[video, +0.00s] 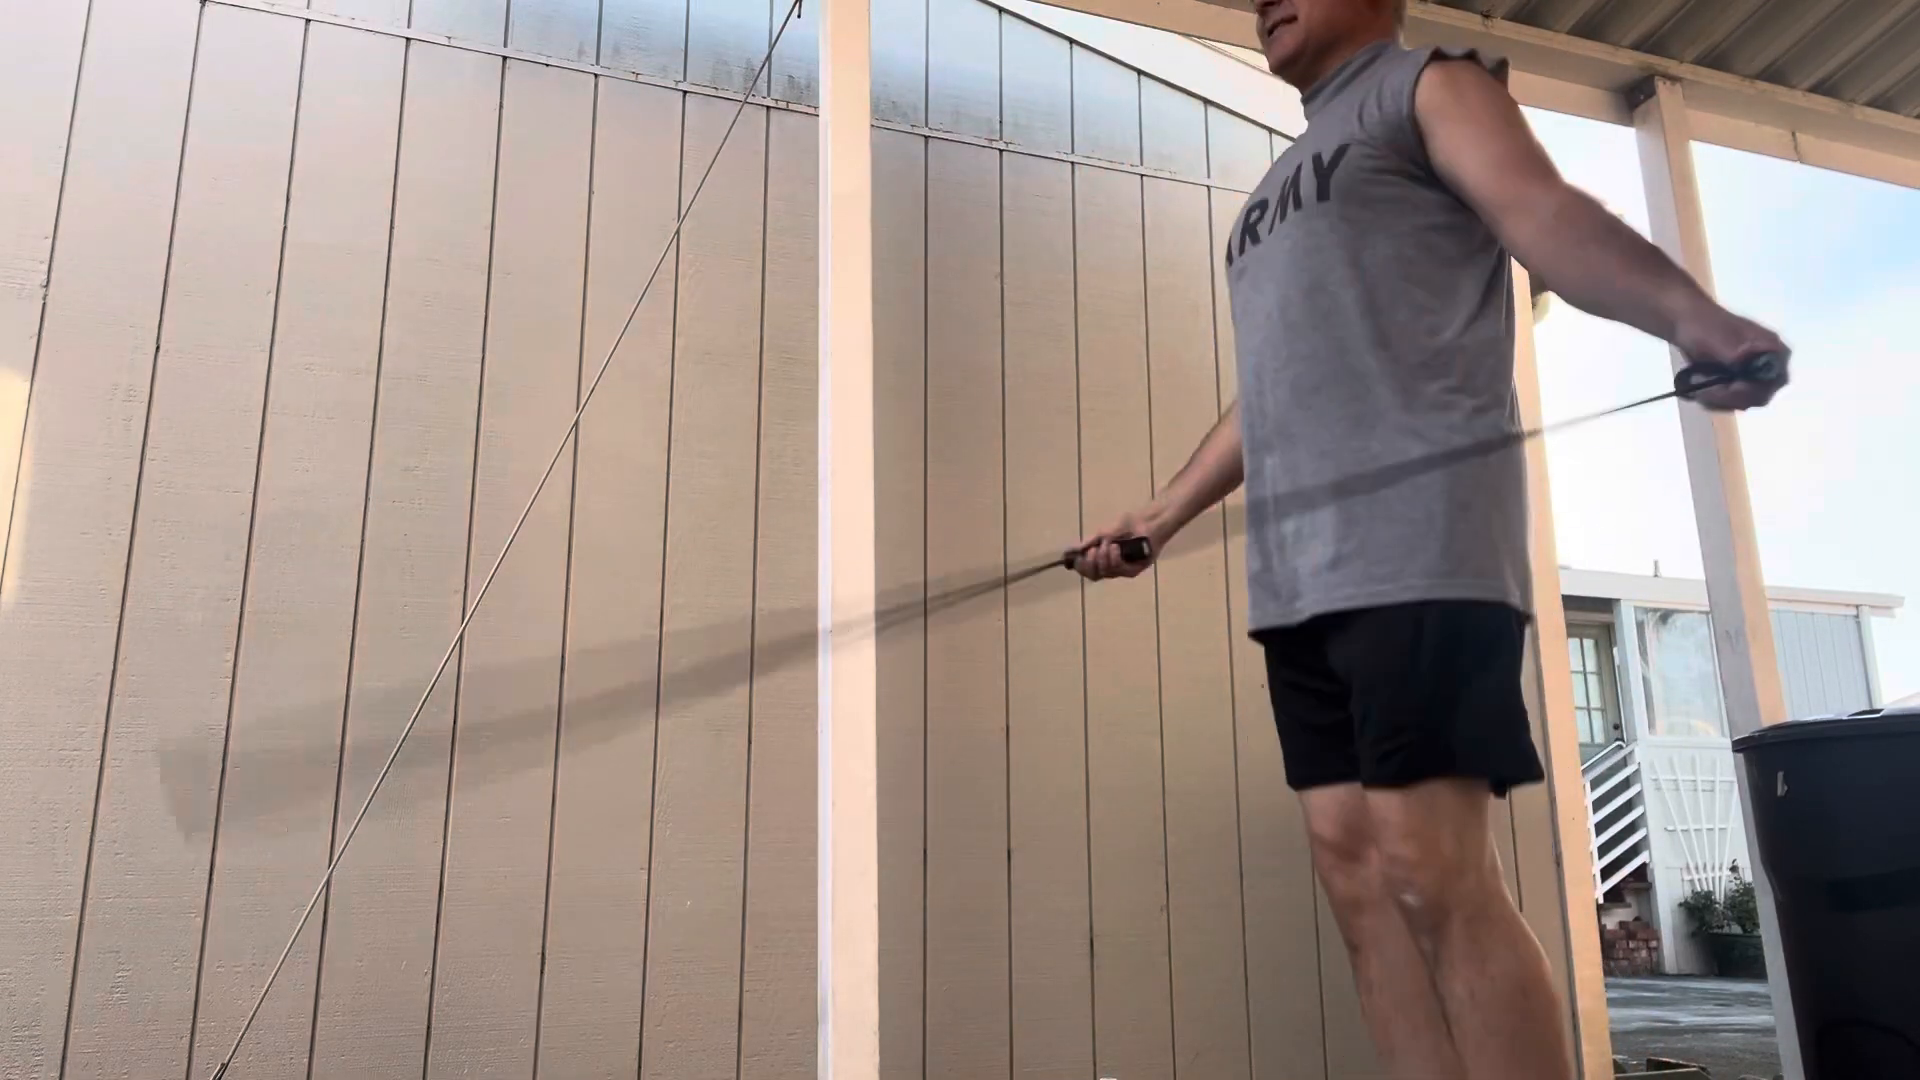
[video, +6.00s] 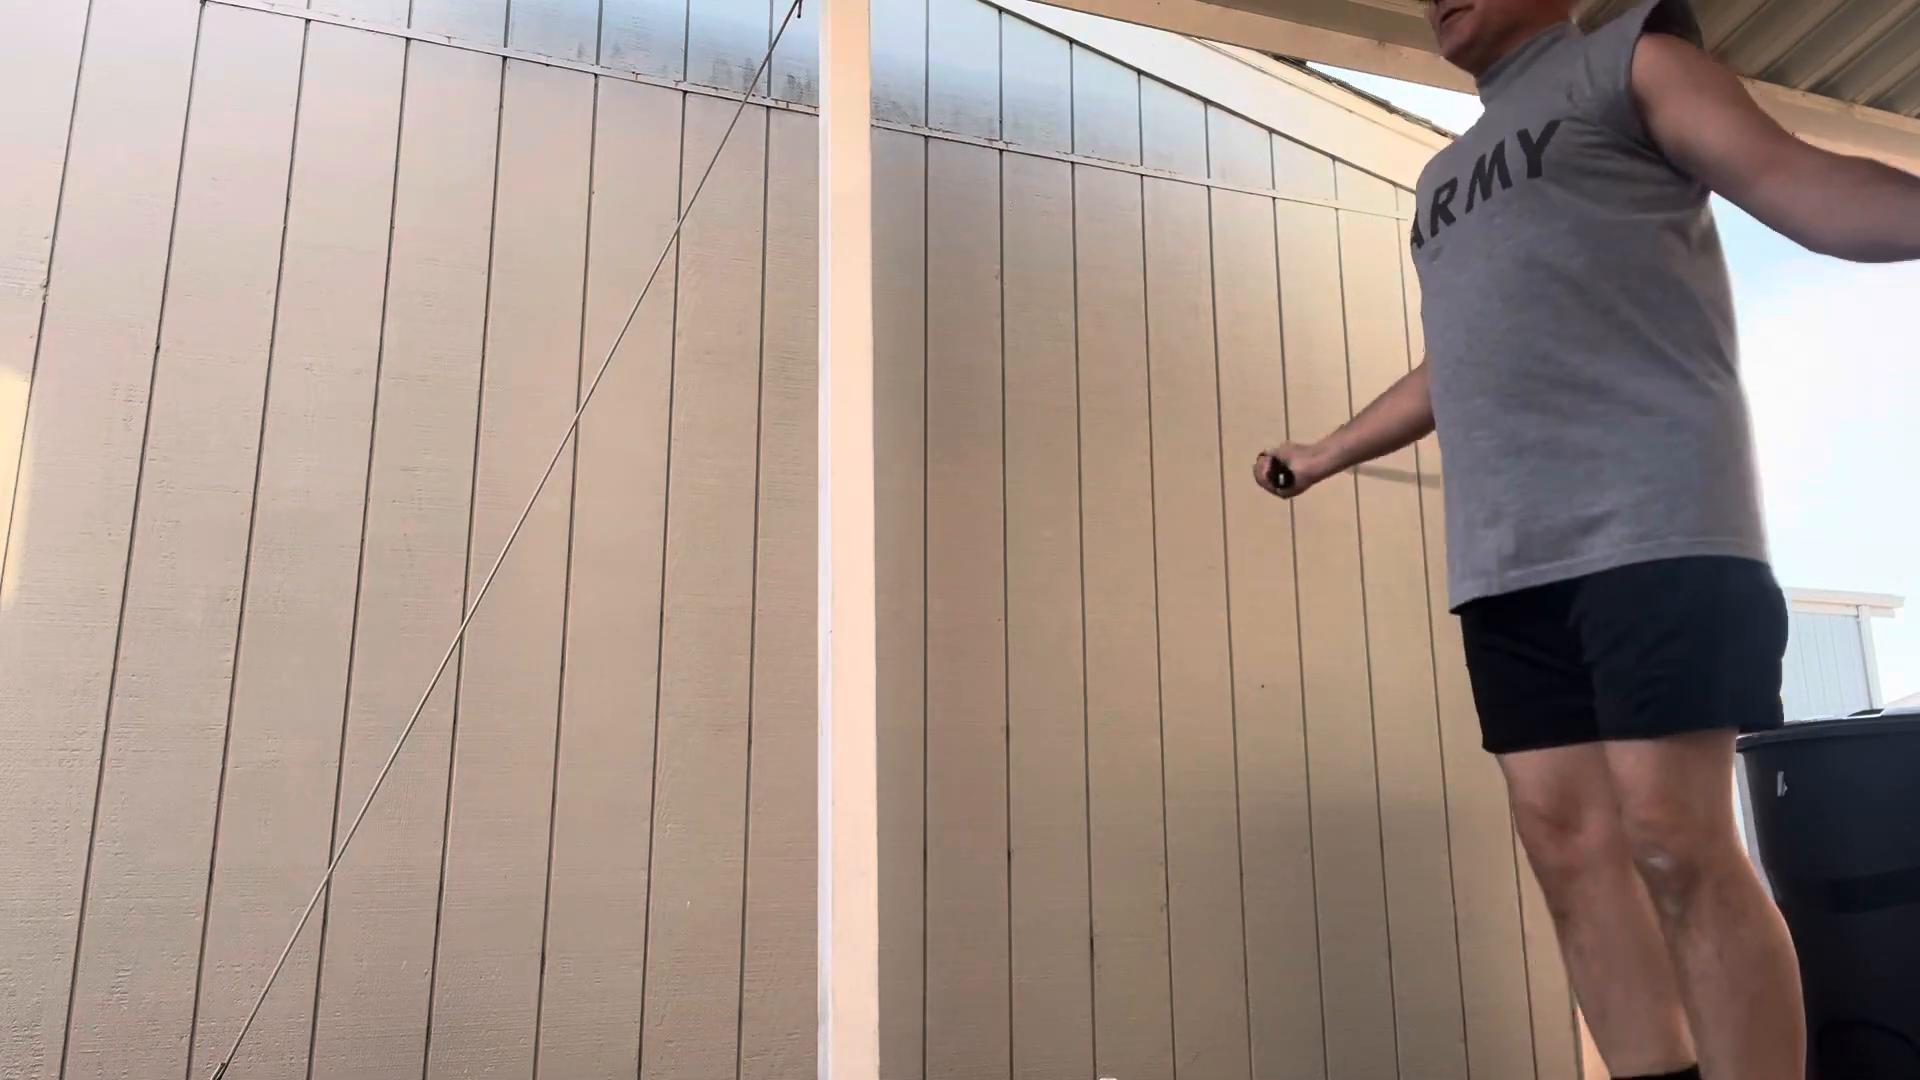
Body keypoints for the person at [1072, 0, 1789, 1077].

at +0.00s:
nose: (1260, 6)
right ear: (1272, 25)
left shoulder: (1430, 83)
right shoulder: (1276, 185)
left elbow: (1542, 214)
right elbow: (1273, 386)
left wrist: (1689, 314)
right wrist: (1164, 511)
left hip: (1424, 546)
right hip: (1300, 564)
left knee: (1433, 868)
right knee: (1348, 865)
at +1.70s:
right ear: (1339, 25)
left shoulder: (1505, 61)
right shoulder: (1337, 178)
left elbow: (1635, 201)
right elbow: (1336, 374)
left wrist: (1813, 314)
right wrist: (1228, 516)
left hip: (1512, 513)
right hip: (1377, 543)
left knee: (1529, 847)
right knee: (1439, 847)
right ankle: (1523, 1077)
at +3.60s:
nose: (1380, 10)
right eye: (1375, 4)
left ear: (1493, 4)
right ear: (1382, 44)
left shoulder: (1575, 93)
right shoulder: (1382, 212)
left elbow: (1728, 229)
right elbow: (1386, 406)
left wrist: (1866, 280)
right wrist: (1222, 465)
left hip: (1589, 562)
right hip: (1430, 592)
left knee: (1599, 909)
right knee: (1482, 910)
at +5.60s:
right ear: (1447, 34)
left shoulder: (1643, 71)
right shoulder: (1440, 183)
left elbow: (1814, 212)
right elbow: (1433, 379)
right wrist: (1302, 460)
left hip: (1644, 516)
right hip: (1485, 550)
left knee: (1662, 850)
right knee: (1555, 853)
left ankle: (1751, 1074)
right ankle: (1658, 1078)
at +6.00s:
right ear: (1439, 32)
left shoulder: (1633, 58)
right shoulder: (1441, 178)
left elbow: (1799, 183)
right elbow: (1451, 366)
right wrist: (1323, 453)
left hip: (1657, 508)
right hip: (1497, 545)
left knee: (1677, 839)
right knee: (1561, 837)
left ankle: (1755, 1071)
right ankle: (1655, 1070)